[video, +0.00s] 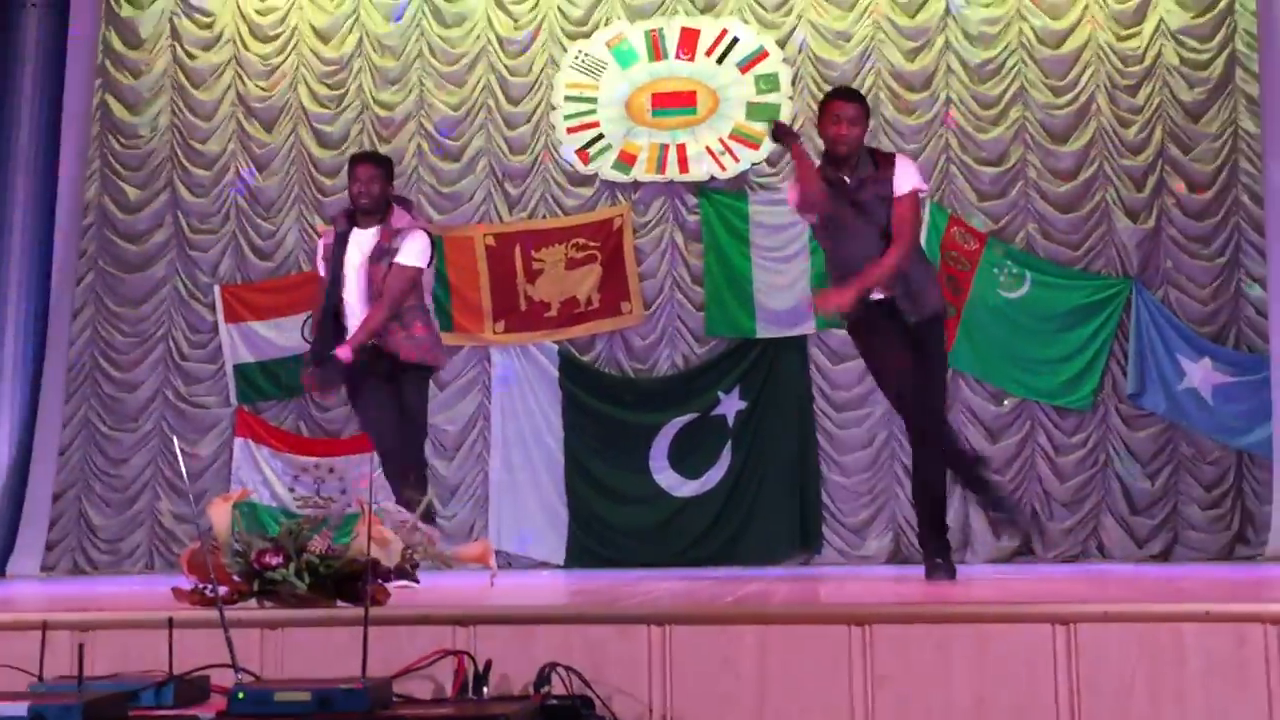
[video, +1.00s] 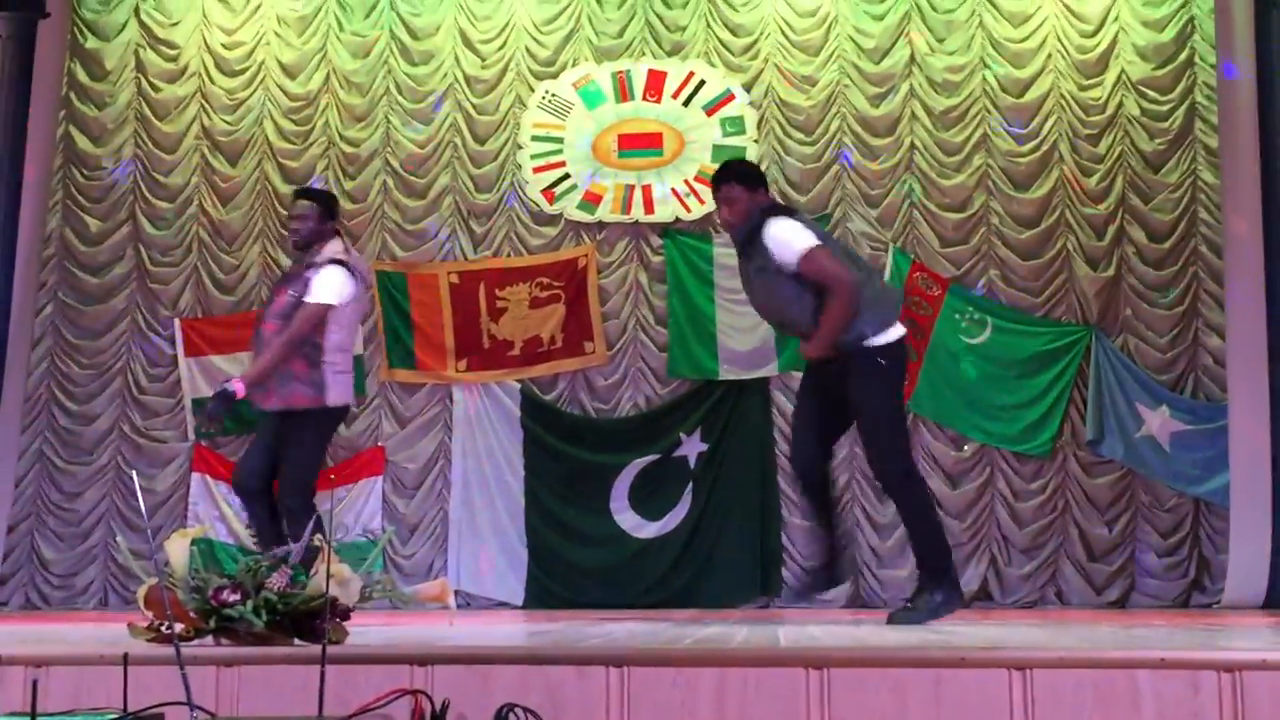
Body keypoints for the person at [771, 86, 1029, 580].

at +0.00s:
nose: (842, 129)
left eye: (851, 121)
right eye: (833, 121)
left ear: (867, 127)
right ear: (819, 129)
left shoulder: (899, 169)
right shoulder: (814, 181)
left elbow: (902, 250)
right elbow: (814, 206)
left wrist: (848, 290)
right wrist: (796, 149)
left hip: (918, 303)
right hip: (866, 311)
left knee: (928, 420)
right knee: (920, 414)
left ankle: (935, 546)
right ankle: (988, 491)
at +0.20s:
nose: (842, 141)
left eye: (852, 133)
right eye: (833, 132)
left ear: (865, 137)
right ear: (820, 135)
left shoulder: (883, 189)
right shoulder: (802, 184)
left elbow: (874, 266)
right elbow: (749, 226)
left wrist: (850, 223)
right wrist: (788, 182)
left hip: (884, 305)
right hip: (832, 305)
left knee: (899, 419)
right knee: (878, 392)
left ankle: (907, 540)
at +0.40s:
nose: (835, 157)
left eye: (846, 150)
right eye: (829, 148)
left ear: (864, 156)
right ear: (818, 152)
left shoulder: (885, 196)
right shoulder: (785, 192)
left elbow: (970, 206)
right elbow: (716, 210)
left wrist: (1032, 182)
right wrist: (709, 285)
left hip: (847, 354)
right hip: (783, 350)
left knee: (871, 461)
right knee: (744, 451)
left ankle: (898, 578)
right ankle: (708, 574)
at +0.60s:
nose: (865, 165)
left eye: (862, 156)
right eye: (855, 156)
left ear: (844, 168)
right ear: (827, 166)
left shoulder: (855, 232)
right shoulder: (789, 226)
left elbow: (847, 301)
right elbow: (785, 306)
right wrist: (847, 326)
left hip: (821, 365)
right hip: (771, 365)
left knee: (866, 459)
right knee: (741, 464)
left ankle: (831, 583)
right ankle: (699, 588)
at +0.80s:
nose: (765, 186)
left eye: (765, 178)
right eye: (766, 178)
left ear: (776, 175)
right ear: (811, 167)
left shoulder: (764, 221)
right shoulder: (864, 203)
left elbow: (762, 285)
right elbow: (881, 271)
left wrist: (793, 317)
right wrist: (862, 304)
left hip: (809, 352)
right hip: (865, 344)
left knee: (827, 467)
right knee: (872, 457)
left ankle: (885, 574)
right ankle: (889, 402)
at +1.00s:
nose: (723, 212)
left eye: (730, 201)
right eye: (719, 203)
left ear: (758, 196)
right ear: (722, 204)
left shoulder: (778, 233)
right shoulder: (752, 242)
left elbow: (843, 281)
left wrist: (820, 342)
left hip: (873, 351)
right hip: (835, 358)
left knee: (894, 469)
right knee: (808, 458)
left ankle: (941, 585)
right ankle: (828, 567)